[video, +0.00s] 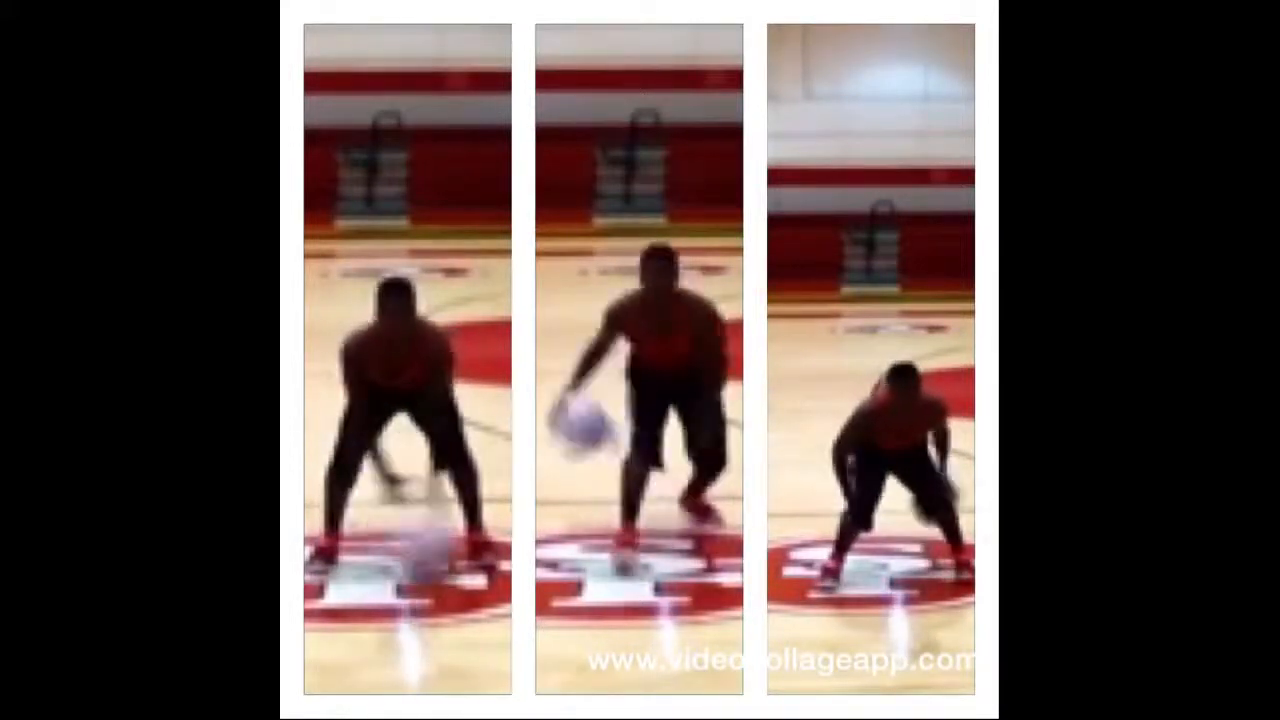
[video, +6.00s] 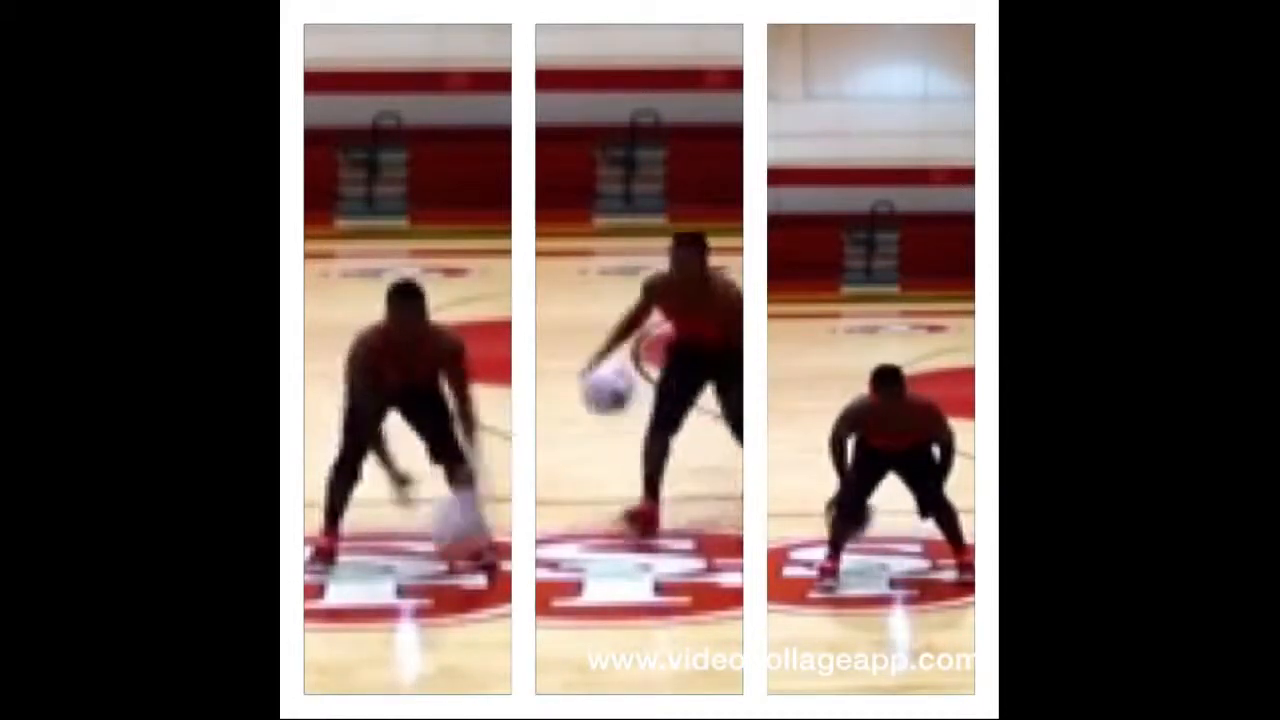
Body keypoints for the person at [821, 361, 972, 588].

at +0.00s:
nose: (905, 400)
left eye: (910, 393)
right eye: (899, 393)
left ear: (918, 389)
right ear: (889, 390)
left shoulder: (931, 409)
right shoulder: (871, 411)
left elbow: (941, 436)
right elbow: (839, 449)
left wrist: (942, 474)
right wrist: (849, 493)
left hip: (911, 454)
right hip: (871, 456)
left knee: (942, 502)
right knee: (859, 511)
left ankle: (960, 559)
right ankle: (835, 562)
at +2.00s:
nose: (881, 413)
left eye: (886, 406)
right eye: (875, 407)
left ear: (896, 399)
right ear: (867, 401)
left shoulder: (918, 414)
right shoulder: (856, 415)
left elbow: (941, 442)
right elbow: (831, 440)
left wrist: (926, 486)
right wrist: (841, 479)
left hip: (910, 453)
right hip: (868, 454)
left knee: (936, 500)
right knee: (850, 504)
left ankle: (960, 555)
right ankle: (833, 560)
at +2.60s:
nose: (890, 407)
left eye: (896, 400)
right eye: (885, 400)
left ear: (905, 393)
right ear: (877, 394)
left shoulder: (928, 411)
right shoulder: (864, 412)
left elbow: (950, 439)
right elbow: (843, 441)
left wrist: (937, 479)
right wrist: (858, 477)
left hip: (919, 454)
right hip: (878, 454)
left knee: (939, 502)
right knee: (862, 505)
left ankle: (961, 556)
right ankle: (835, 559)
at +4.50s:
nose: (906, 402)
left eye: (912, 395)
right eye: (901, 395)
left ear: (920, 390)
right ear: (891, 391)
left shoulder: (937, 408)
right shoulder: (876, 409)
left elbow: (946, 445)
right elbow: (846, 447)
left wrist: (935, 480)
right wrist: (860, 478)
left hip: (920, 453)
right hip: (881, 454)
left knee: (945, 503)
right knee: (864, 508)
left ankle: (962, 557)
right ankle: (835, 560)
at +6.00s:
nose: (888, 405)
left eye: (894, 398)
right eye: (883, 398)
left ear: (903, 392)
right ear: (873, 393)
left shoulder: (926, 411)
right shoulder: (861, 410)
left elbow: (947, 443)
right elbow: (838, 438)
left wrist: (938, 479)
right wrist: (844, 476)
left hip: (914, 454)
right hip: (872, 453)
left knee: (935, 502)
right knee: (848, 503)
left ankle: (962, 557)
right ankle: (832, 560)